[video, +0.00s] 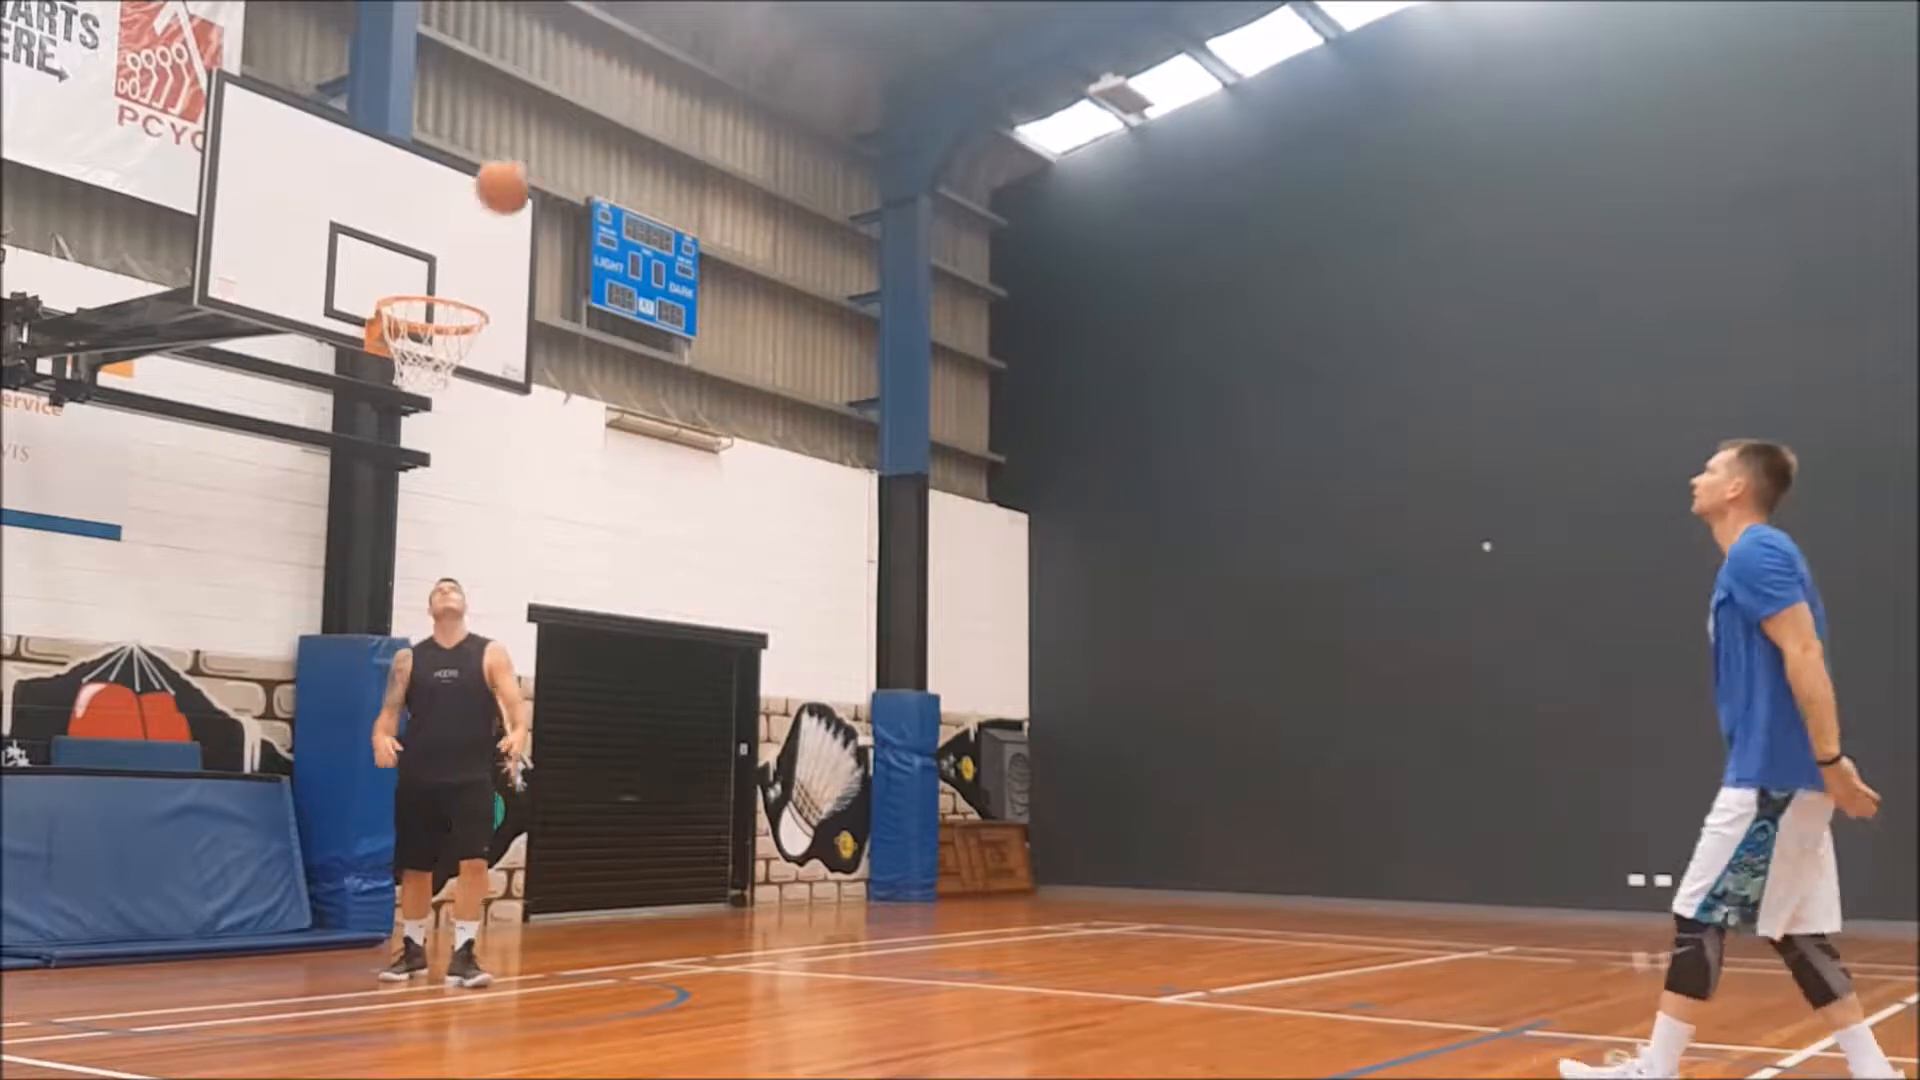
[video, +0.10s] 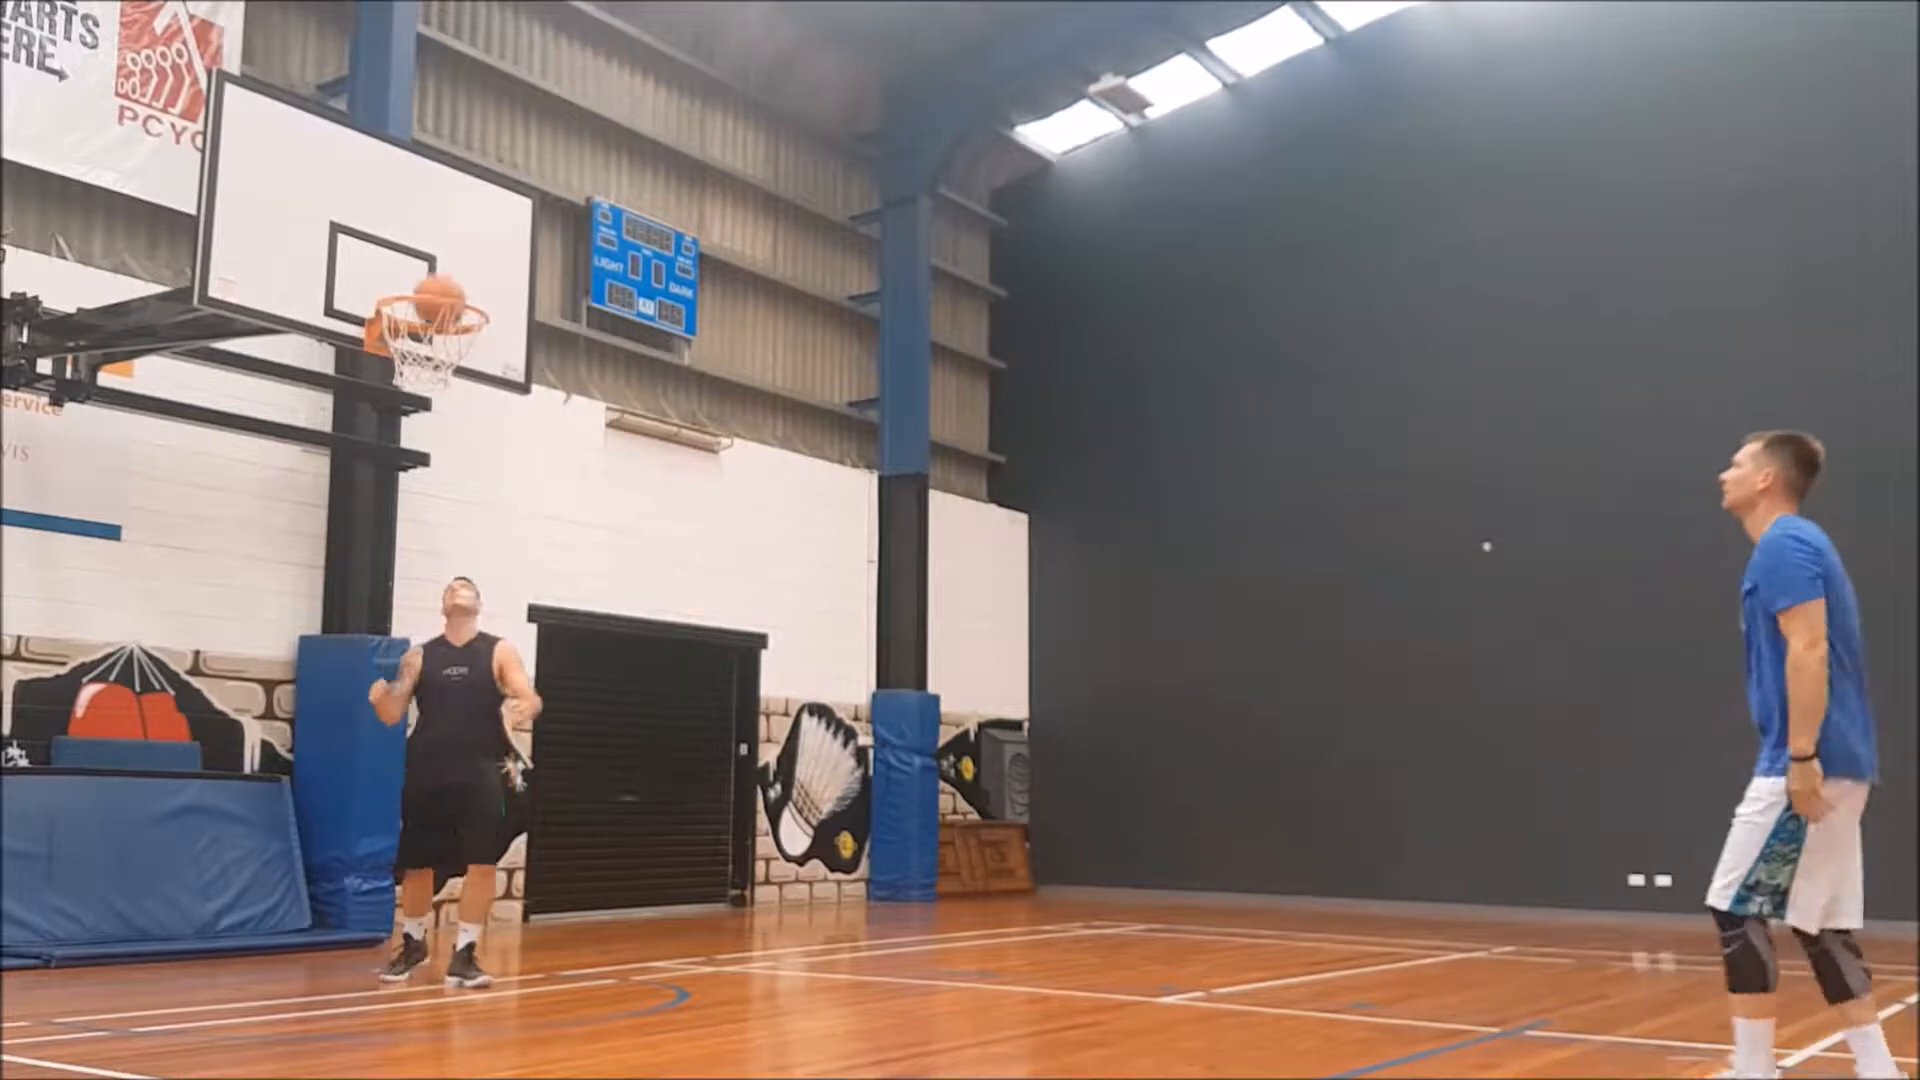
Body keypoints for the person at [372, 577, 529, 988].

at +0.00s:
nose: (447, 591)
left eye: (455, 589)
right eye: (440, 590)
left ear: (467, 608)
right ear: (429, 609)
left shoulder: (490, 653)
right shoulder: (409, 658)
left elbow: (515, 706)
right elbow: (390, 710)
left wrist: (519, 732)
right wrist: (382, 736)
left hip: (472, 778)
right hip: (418, 777)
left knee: (473, 861)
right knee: (415, 866)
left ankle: (463, 956)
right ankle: (413, 952)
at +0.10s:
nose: (459, 588)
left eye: (467, 587)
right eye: (452, 587)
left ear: (479, 607)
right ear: (442, 606)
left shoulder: (499, 651)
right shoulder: (420, 655)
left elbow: (532, 701)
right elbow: (392, 715)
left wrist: (517, 711)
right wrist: (381, 698)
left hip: (480, 771)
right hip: (427, 769)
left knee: (482, 862)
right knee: (417, 862)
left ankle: (463, 957)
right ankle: (413, 947)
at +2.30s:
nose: (522, 581)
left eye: (528, 577)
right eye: (514, 574)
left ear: (533, 588)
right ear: (493, 582)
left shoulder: (546, 642)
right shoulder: (460, 633)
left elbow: (559, 707)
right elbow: (424, 691)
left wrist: (571, 765)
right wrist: (396, 747)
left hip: (523, 774)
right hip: (466, 772)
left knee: (503, 866)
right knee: (452, 862)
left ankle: (484, 965)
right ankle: (435, 942)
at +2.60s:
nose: (497, 593)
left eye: (503, 589)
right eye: (489, 587)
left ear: (509, 600)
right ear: (471, 595)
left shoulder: (526, 650)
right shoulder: (442, 646)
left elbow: (543, 701)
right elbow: (430, 710)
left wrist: (552, 733)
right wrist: (474, 741)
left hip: (503, 778)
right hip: (448, 776)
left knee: (493, 866)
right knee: (443, 865)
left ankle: (484, 963)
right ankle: (448, 944)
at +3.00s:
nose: (469, 591)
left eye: (476, 587)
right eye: (461, 587)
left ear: (485, 601)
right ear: (447, 601)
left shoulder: (508, 650)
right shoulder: (426, 653)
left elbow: (521, 714)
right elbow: (410, 715)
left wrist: (525, 773)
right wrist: (391, 772)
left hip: (486, 776)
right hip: (435, 776)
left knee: (473, 861)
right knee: (444, 865)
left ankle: (475, 953)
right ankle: (451, 954)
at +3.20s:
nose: (458, 591)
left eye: (465, 587)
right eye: (450, 588)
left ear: (476, 600)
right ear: (439, 604)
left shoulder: (504, 648)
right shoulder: (423, 657)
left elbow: (527, 710)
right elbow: (400, 721)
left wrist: (543, 764)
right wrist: (361, 771)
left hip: (485, 776)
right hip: (432, 777)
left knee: (473, 863)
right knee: (443, 865)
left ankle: (473, 958)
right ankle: (452, 955)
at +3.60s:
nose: (444, 590)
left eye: (449, 586)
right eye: (436, 589)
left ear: (463, 601)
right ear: (427, 608)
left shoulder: (496, 644)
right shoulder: (417, 661)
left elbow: (524, 698)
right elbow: (411, 720)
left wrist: (532, 731)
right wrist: (392, 759)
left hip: (483, 773)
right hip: (433, 775)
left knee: (473, 863)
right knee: (443, 865)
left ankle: (471, 959)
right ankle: (451, 956)